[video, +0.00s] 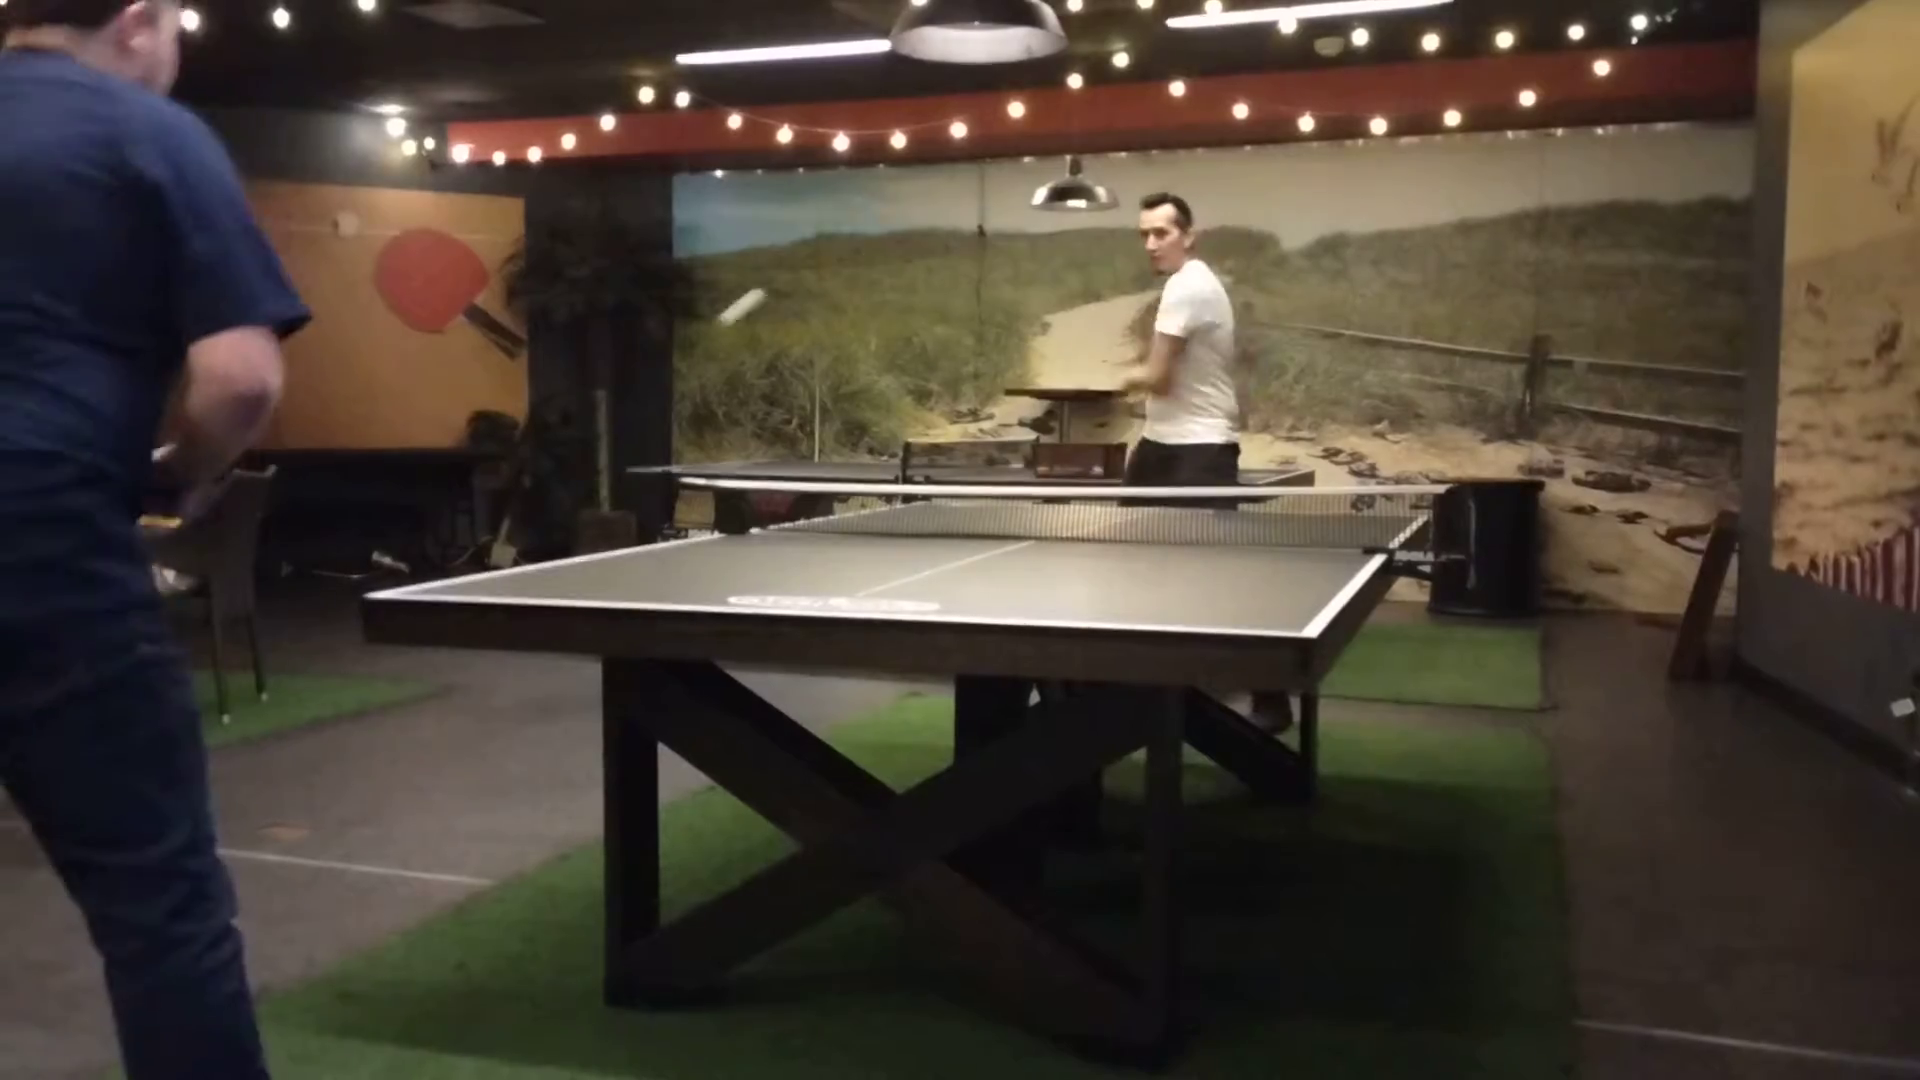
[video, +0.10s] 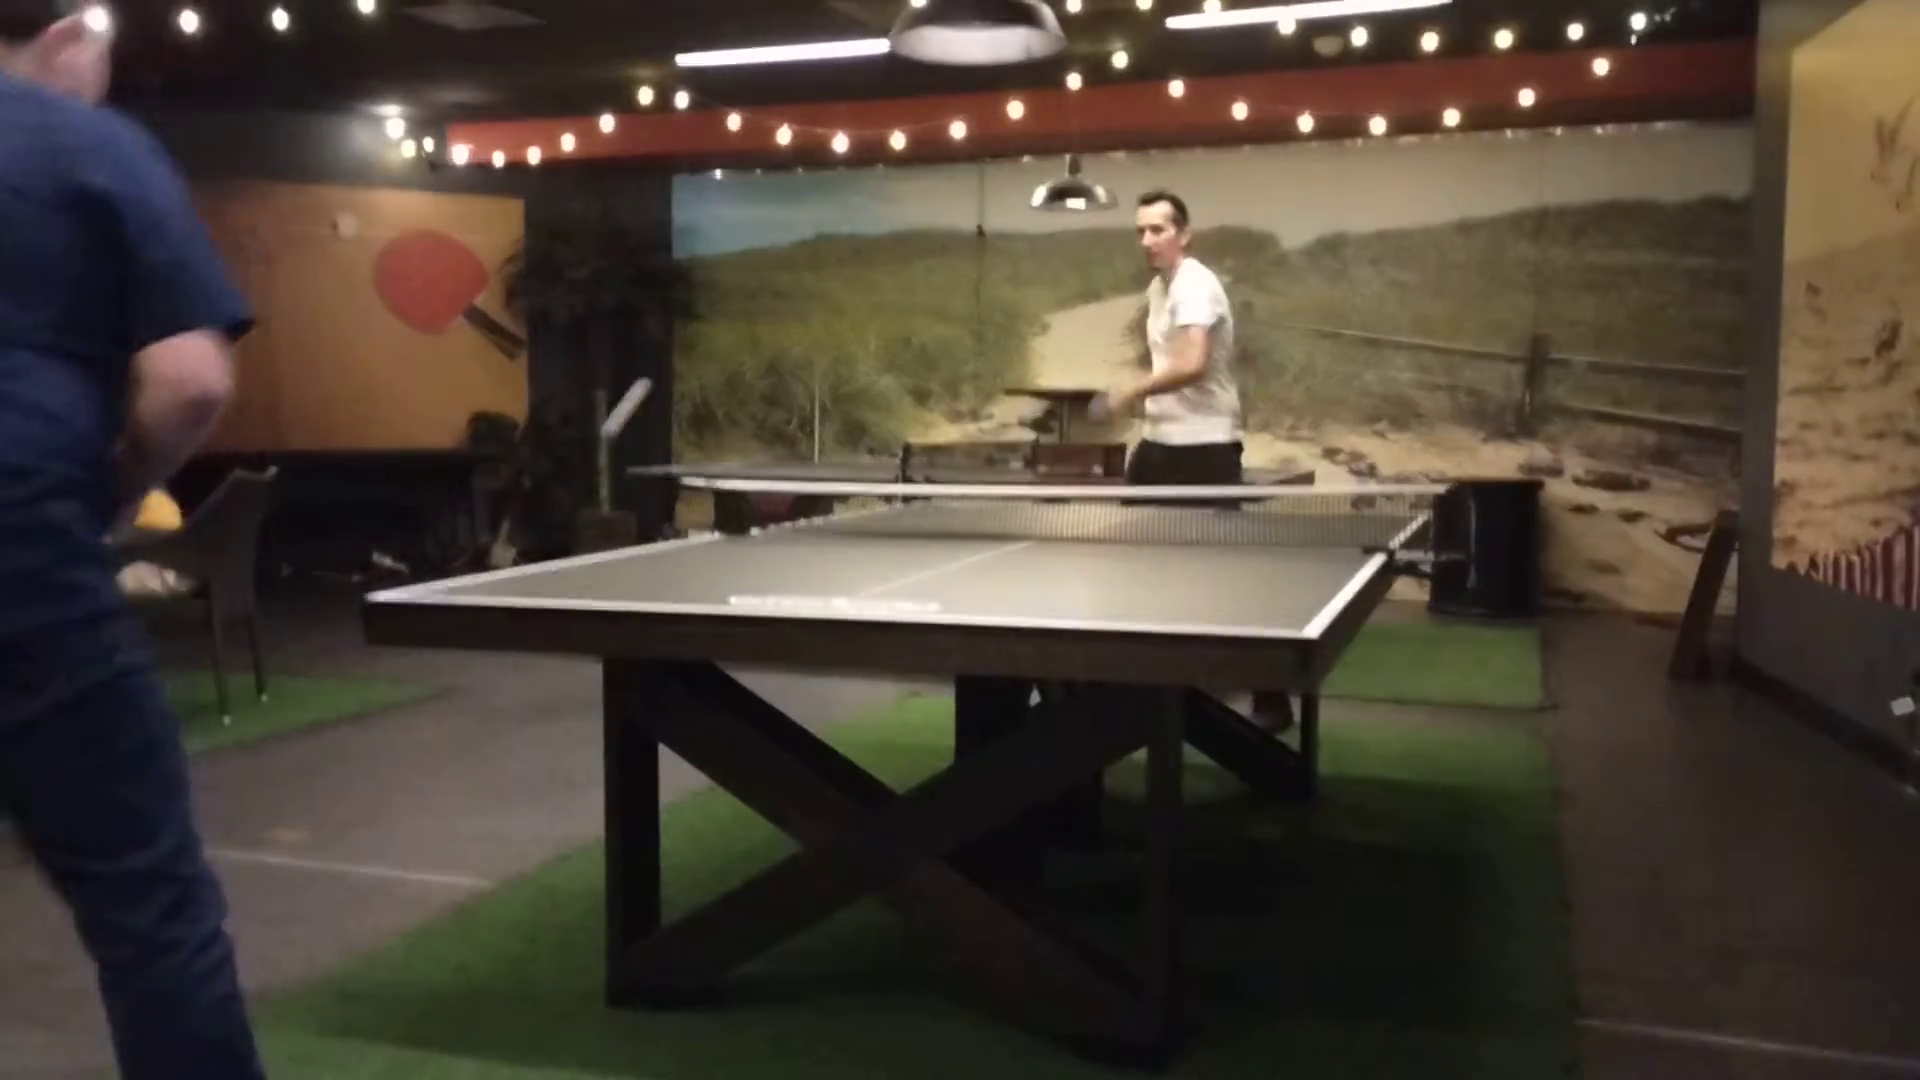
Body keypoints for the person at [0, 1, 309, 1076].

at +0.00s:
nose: (180, 55)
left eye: (183, 34)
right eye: (180, 31)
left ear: (20, 23)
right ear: (134, 24)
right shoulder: (143, 131)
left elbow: (235, 379)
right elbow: (239, 377)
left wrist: (176, 480)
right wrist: (179, 484)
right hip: (44, 566)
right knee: (163, 912)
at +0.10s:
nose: (107, 69)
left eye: (106, 47)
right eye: (103, 43)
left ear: (19, 44)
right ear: (63, 40)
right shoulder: (91, 145)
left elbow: (188, 377)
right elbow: (189, 376)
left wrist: (98, 501)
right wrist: (101, 500)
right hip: (30, 577)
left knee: (147, 905)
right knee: (150, 907)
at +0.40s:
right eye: (20, 165)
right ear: (11, 168)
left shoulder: (35, 263)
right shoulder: (29, 263)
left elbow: (113, 448)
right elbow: (114, 450)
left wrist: (53, 518)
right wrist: (47, 527)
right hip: (27, 640)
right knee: (155, 911)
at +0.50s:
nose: (109, 284)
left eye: (107, 274)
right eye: (104, 268)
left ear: (6, 260)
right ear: (72, 259)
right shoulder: (106, 322)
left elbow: (202, 484)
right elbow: (205, 485)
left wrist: (125, 625)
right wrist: (136, 628)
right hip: (50, 608)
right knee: (230, 923)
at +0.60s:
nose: (149, 362)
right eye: (139, 347)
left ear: (20, 350)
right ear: (115, 342)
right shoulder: (142, 380)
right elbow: (251, 519)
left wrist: (30, 823)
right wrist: (193, 696)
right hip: (85, 637)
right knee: (260, 926)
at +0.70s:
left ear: (83, 402)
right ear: (171, 412)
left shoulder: (17, 452)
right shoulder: (178, 438)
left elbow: (29, 725)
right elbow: (262, 550)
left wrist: (112, 892)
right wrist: (261, 736)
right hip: (76, 648)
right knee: (258, 919)